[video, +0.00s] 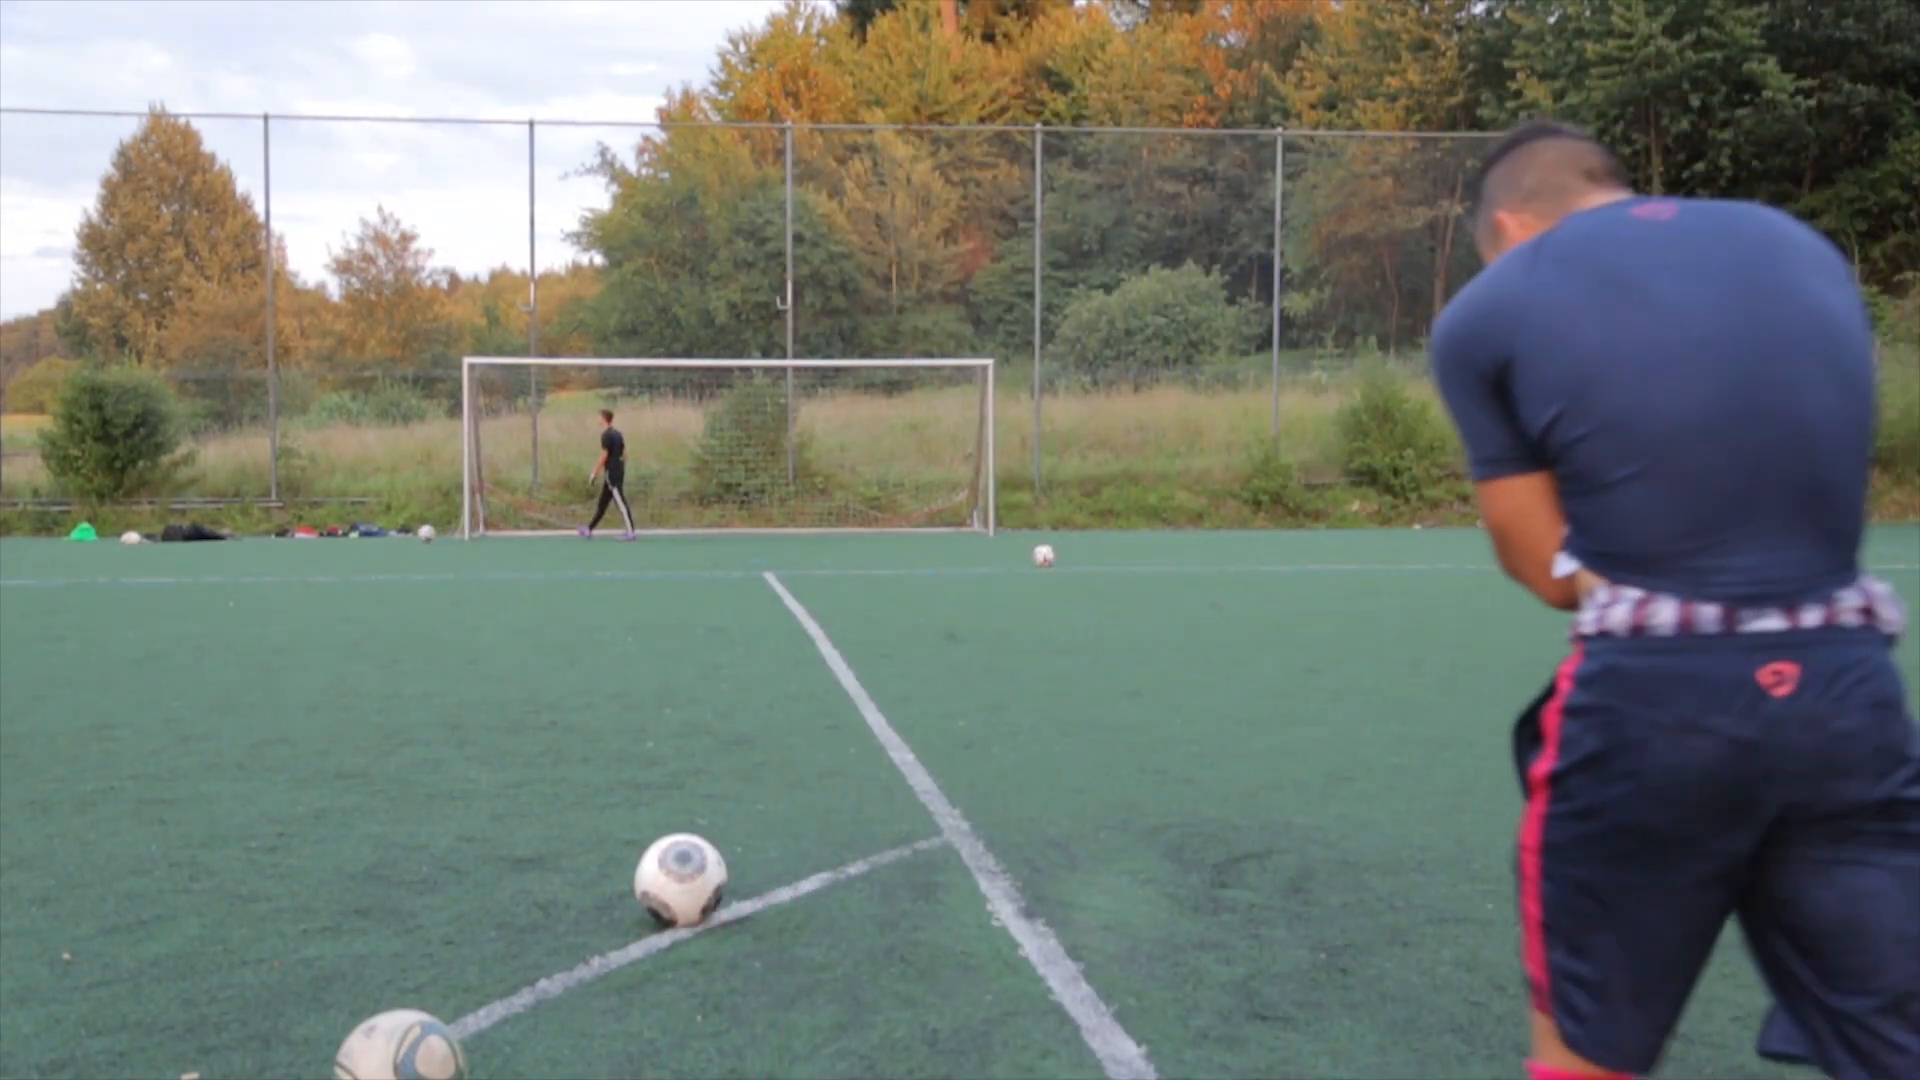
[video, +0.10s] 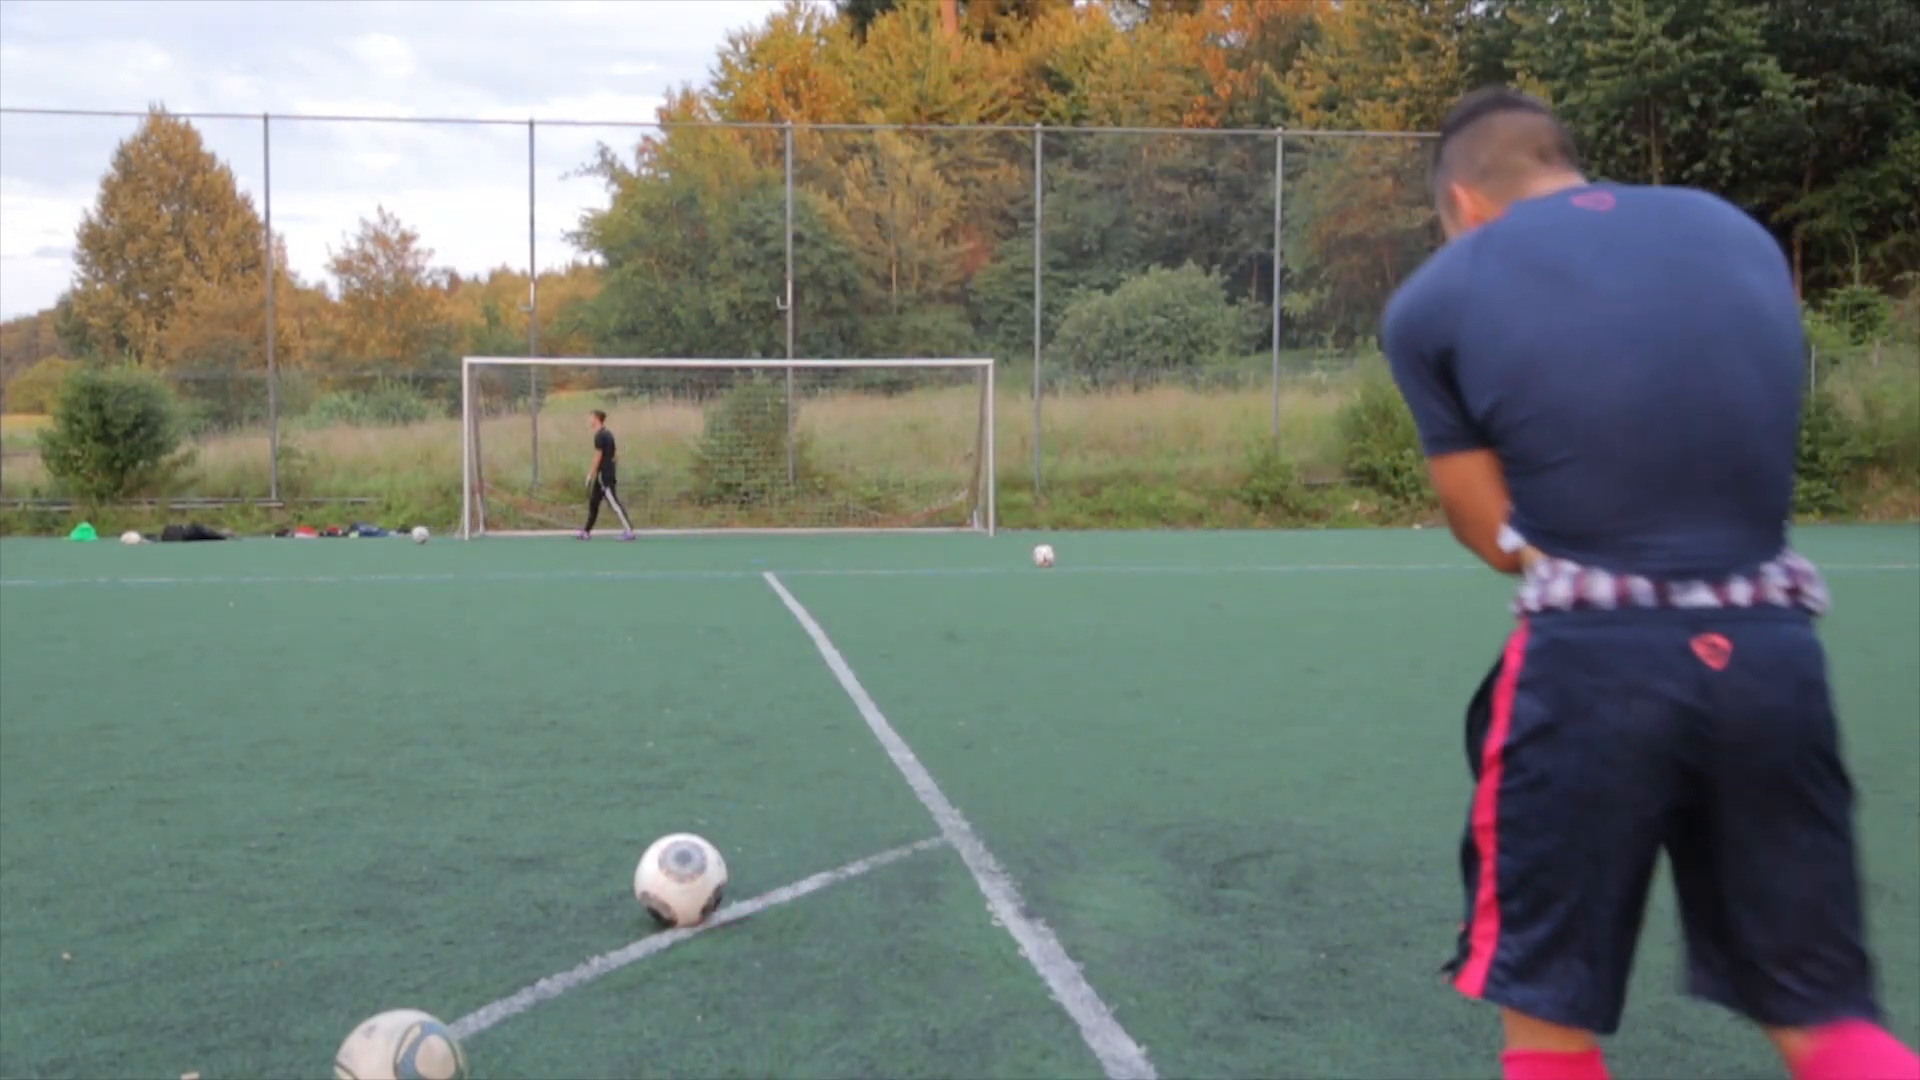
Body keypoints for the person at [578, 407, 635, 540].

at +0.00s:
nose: (599, 421)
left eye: (601, 418)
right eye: (600, 418)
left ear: (604, 419)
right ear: (611, 419)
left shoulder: (606, 435)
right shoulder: (617, 434)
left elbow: (604, 455)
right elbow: (623, 455)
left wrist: (594, 472)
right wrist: (618, 467)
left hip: (611, 469)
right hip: (618, 467)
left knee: (619, 500)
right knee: (604, 501)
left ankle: (630, 531)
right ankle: (589, 528)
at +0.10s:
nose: (591, 423)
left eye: (593, 420)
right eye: (591, 419)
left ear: (598, 420)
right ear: (601, 421)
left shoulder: (601, 435)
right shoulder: (608, 435)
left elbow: (598, 457)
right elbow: (613, 455)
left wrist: (591, 474)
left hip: (604, 471)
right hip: (607, 469)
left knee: (612, 501)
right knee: (594, 501)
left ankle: (629, 530)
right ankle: (586, 530)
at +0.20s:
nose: (583, 421)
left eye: (584, 418)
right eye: (583, 418)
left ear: (592, 418)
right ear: (592, 419)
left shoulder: (594, 435)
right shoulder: (596, 434)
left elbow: (592, 457)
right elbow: (595, 458)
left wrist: (587, 475)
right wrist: (590, 474)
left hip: (596, 475)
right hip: (596, 474)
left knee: (599, 501)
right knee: (588, 501)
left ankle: (623, 527)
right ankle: (585, 531)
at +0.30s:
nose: (577, 420)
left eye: (578, 417)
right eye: (576, 417)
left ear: (585, 417)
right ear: (583, 418)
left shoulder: (587, 434)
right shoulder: (587, 433)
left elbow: (587, 457)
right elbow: (588, 457)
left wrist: (582, 475)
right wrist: (584, 473)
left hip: (589, 471)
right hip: (590, 470)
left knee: (583, 501)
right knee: (586, 501)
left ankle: (608, 520)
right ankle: (585, 531)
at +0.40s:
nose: (569, 420)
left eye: (571, 417)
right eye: (569, 417)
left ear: (577, 416)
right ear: (573, 418)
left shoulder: (581, 432)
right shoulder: (579, 432)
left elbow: (582, 455)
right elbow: (581, 455)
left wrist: (577, 474)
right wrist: (576, 473)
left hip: (583, 470)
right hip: (582, 470)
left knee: (570, 498)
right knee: (584, 498)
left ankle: (590, 523)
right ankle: (585, 528)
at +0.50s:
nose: (562, 420)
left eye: (564, 417)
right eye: (561, 417)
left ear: (570, 417)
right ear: (564, 418)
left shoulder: (574, 433)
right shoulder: (571, 432)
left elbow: (578, 454)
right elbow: (574, 454)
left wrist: (573, 472)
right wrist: (568, 471)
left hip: (574, 470)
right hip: (576, 470)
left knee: (560, 497)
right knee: (581, 501)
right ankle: (585, 530)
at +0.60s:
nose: (555, 421)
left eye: (558, 417)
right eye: (554, 418)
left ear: (564, 418)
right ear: (554, 420)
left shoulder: (567, 434)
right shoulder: (562, 435)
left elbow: (571, 455)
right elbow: (563, 457)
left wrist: (569, 474)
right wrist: (557, 472)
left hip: (565, 472)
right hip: (567, 472)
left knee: (555, 502)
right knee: (577, 503)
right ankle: (584, 530)